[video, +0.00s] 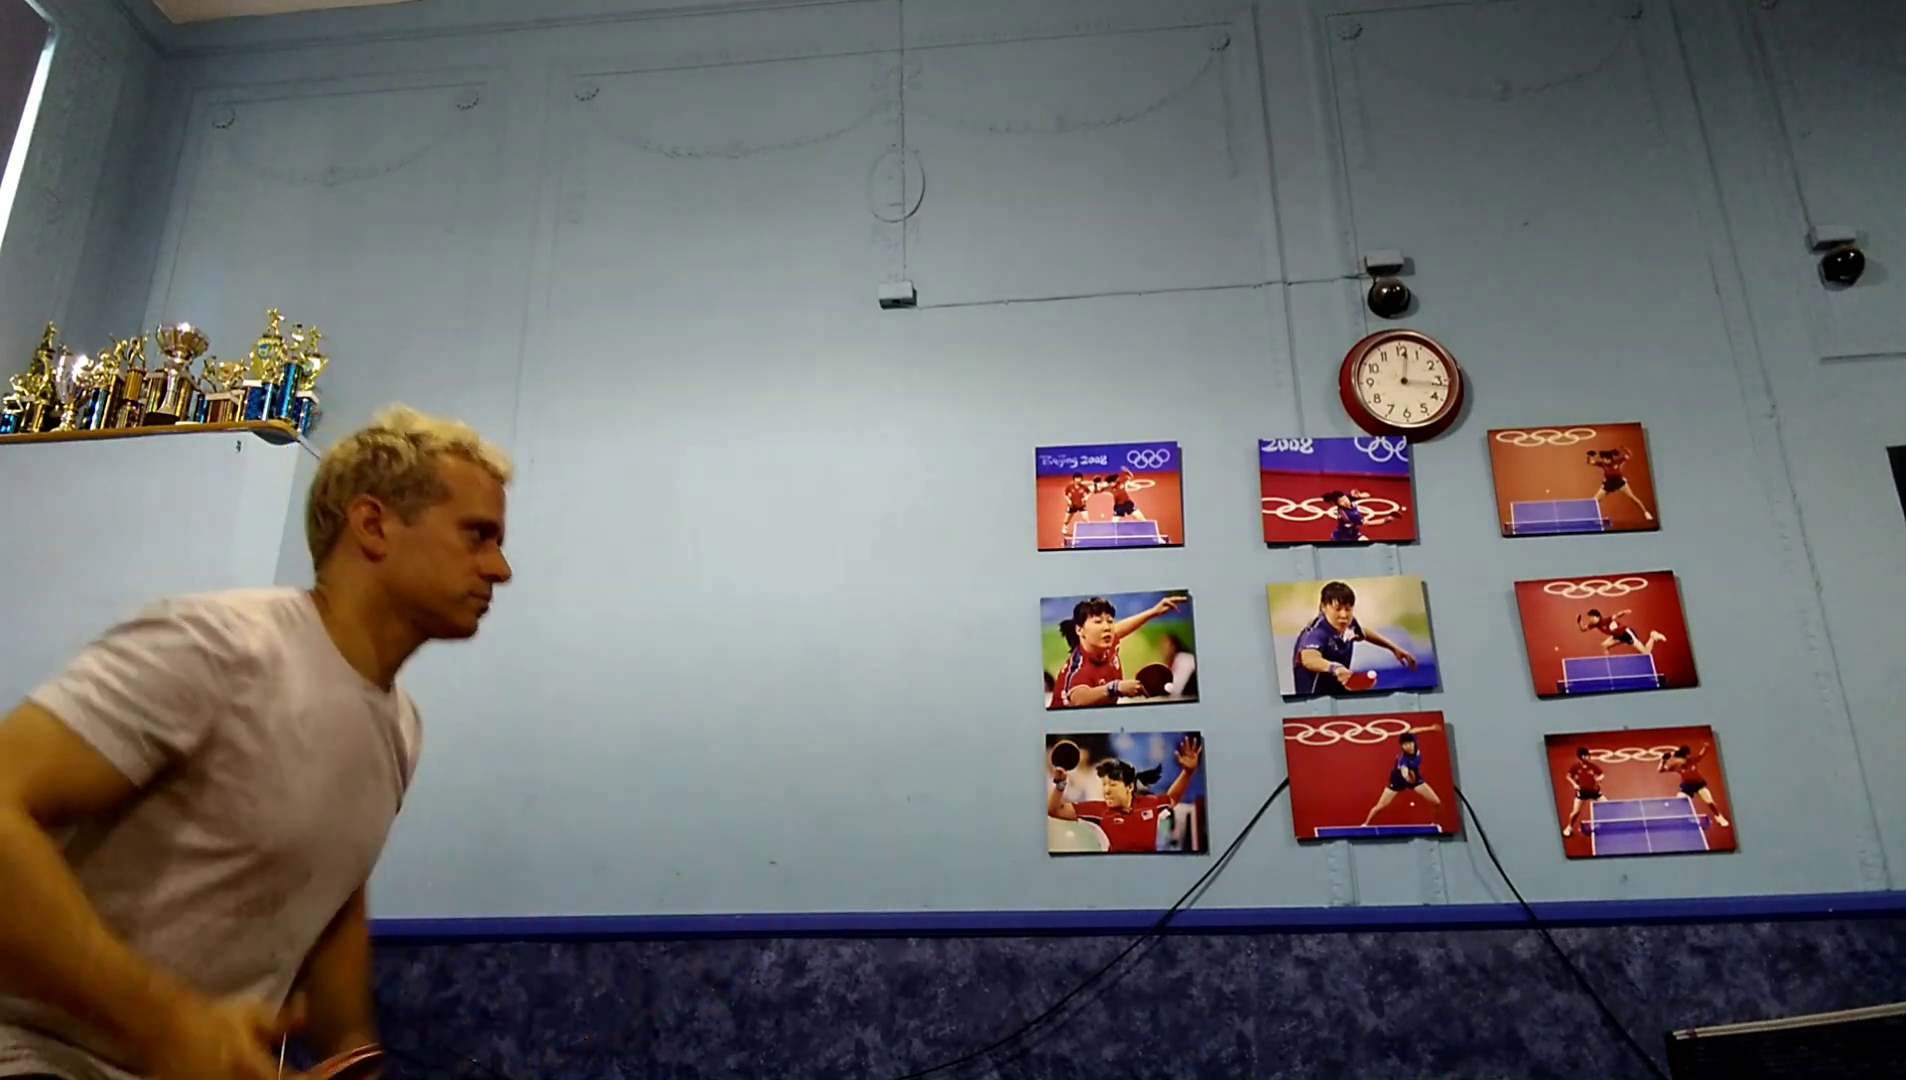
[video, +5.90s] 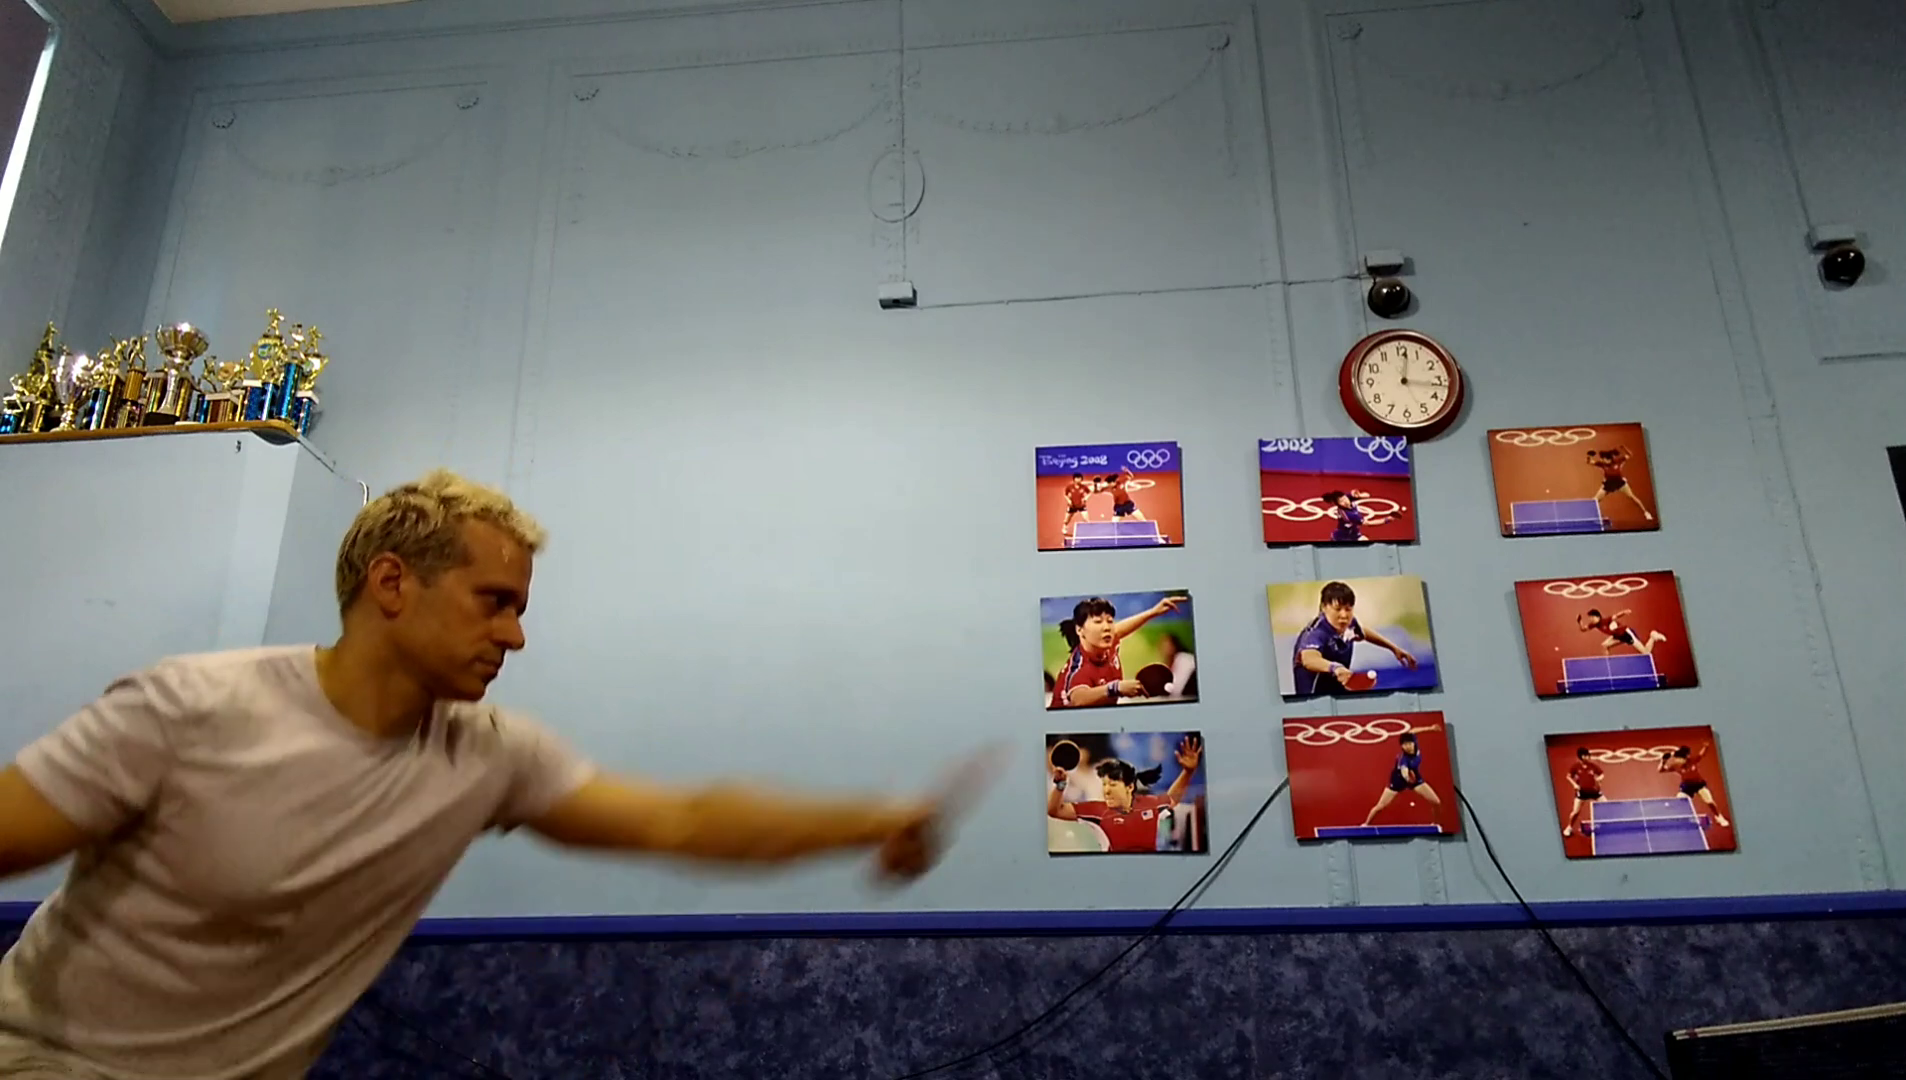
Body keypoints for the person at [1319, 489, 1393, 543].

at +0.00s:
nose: (1344, 502)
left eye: (1344, 499)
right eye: (1341, 502)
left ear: (1346, 497)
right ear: (1338, 505)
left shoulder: (1350, 500)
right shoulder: (1349, 515)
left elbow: (1367, 496)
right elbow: (1367, 523)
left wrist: (1360, 495)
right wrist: (1385, 520)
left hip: (1356, 536)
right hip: (1342, 538)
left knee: (1370, 547)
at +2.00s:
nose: (1344, 502)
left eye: (1344, 499)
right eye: (1341, 502)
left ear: (1346, 497)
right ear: (1339, 505)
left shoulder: (1349, 498)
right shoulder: (1349, 515)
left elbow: (1367, 496)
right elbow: (1366, 523)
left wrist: (1360, 495)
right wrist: (1385, 520)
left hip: (1356, 536)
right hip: (1341, 538)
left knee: (1371, 548)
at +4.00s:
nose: (1344, 502)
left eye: (1344, 499)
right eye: (1341, 502)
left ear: (1346, 497)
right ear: (1339, 505)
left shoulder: (1349, 498)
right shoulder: (1350, 515)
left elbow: (1367, 496)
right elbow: (1366, 523)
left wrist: (1360, 495)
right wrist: (1385, 520)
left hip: (1356, 536)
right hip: (1341, 538)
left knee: (1371, 548)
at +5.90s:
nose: (1344, 502)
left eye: (1344, 499)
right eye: (1341, 502)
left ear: (1346, 497)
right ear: (1338, 505)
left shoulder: (1348, 497)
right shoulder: (1350, 515)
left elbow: (1367, 495)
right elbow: (1367, 523)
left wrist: (1360, 495)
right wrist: (1386, 520)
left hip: (1355, 536)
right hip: (1342, 538)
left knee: (1369, 547)